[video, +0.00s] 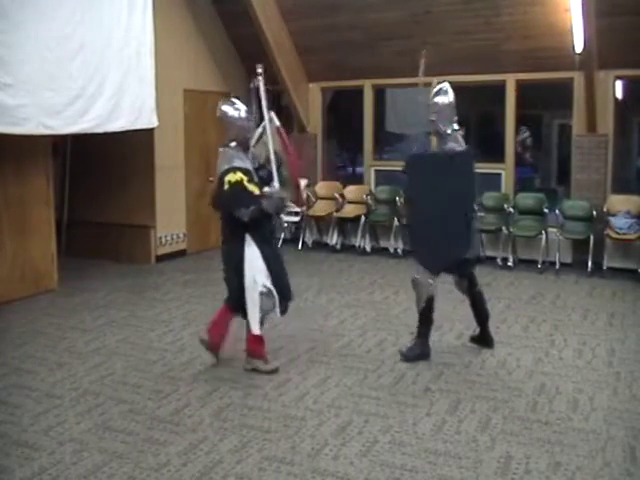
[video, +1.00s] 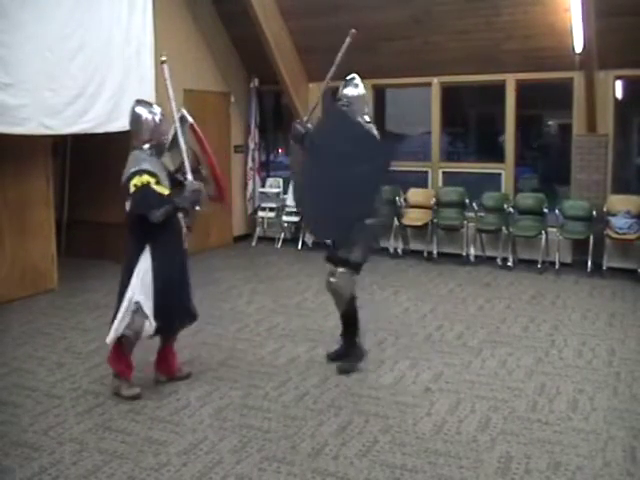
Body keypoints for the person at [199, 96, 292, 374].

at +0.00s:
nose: (252, 135)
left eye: (252, 130)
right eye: (248, 130)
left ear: (238, 136)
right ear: (239, 135)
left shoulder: (244, 162)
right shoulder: (234, 171)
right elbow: (246, 211)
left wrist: (274, 196)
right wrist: (273, 202)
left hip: (241, 240)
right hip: (248, 244)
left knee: (239, 294)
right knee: (257, 294)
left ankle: (213, 336)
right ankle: (256, 353)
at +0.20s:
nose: (231, 139)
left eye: (231, 134)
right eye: (227, 134)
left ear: (213, 138)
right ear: (216, 137)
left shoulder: (219, 164)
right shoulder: (212, 171)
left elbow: (237, 187)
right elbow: (224, 214)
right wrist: (254, 203)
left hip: (221, 244)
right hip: (223, 246)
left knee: (206, 300)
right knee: (240, 297)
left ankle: (173, 349)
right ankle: (255, 355)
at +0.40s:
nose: (210, 129)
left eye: (206, 123)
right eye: (203, 124)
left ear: (188, 136)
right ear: (191, 132)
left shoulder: (193, 167)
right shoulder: (189, 171)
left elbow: (210, 200)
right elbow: (198, 212)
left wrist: (224, 203)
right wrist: (227, 208)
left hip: (182, 249)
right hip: (197, 249)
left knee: (177, 306)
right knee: (218, 298)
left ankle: (168, 365)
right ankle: (239, 354)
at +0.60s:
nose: (188, 123)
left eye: (186, 117)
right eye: (183, 118)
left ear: (166, 125)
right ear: (171, 125)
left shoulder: (172, 157)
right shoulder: (169, 166)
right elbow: (183, 209)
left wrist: (206, 188)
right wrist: (212, 199)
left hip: (171, 243)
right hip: (181, 246)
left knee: (169, 300)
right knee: (190, 300)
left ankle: (164, 367)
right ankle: (189, 365)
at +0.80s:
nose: (176, 123)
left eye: (174, 118)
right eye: (170, 119)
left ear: (161, 122)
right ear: (159, 123)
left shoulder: (170, 153)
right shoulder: (153, 157)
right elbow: (168, 206)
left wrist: (197, 191)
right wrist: (198, 195)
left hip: (178, 239)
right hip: (160, 241)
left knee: (175, 298)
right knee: (159, 298)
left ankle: (167, 360)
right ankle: (136, 364)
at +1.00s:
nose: (167, 127)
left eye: (165, 122)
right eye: (161, 123)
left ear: (154, 128)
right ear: (148, 129)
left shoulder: (158, 160)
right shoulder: (142, 167)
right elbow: (152, 211)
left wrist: (188, 186)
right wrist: (182, 199)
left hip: (169, 245)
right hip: (148, 248)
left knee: (172, 302)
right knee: (138, 307)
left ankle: (166, 360)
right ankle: (121, 371)